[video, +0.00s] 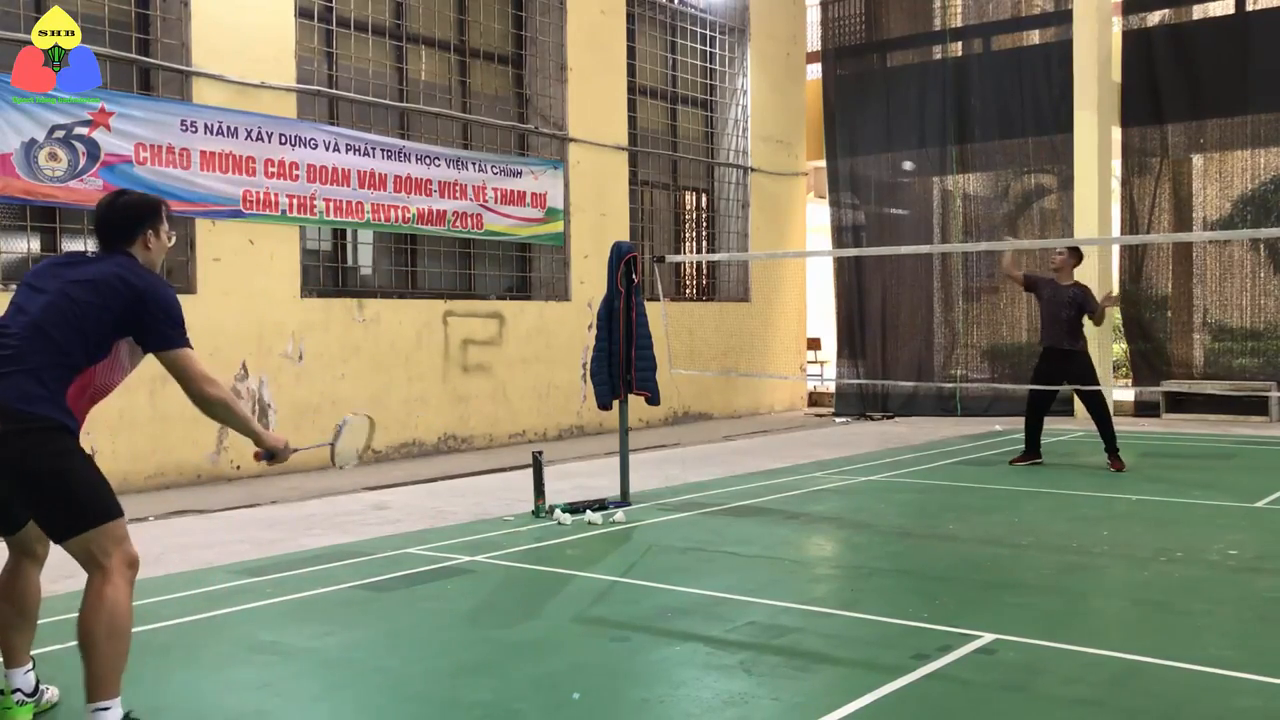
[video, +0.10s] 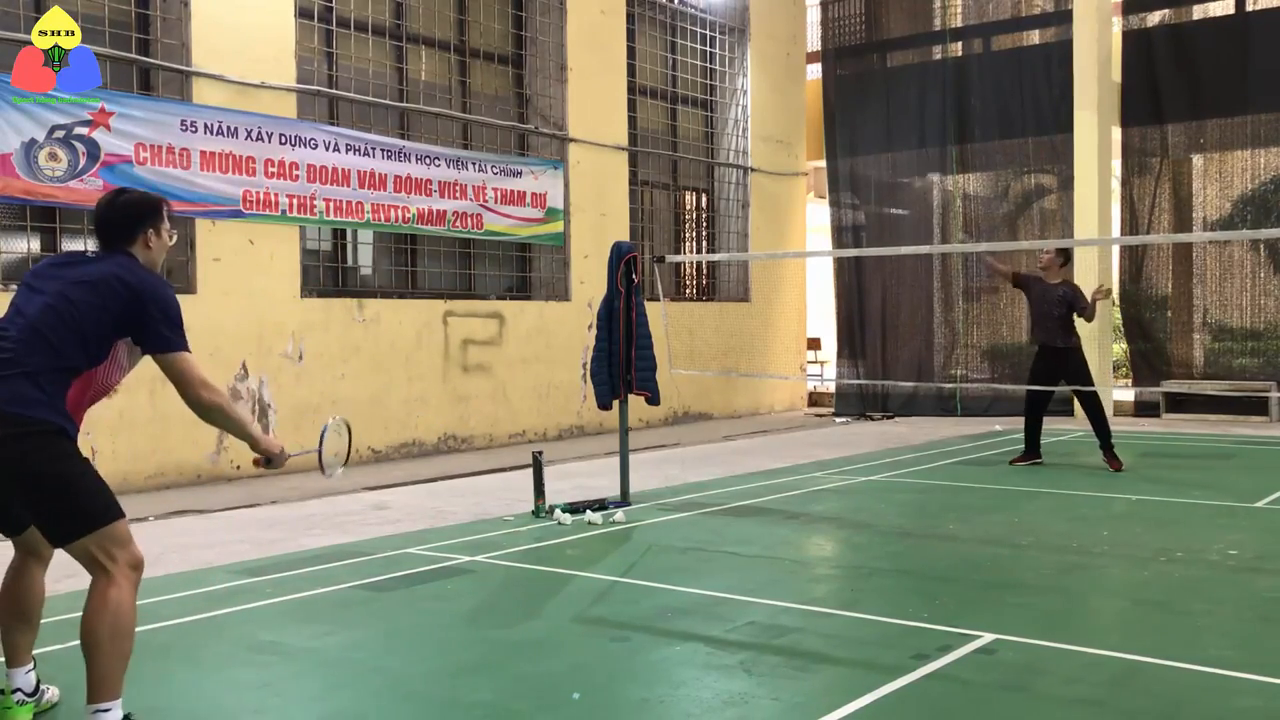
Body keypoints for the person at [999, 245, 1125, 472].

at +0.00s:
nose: (1053, 256)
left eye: (1060, 254)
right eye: (1055, 253)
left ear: (1073, 261)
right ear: (1054, 260)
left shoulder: (1081, 291)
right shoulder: (1043, 284)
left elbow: (1098, 321)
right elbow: (1009, 270)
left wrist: (1102, 306)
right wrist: (1010, 246)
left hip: (1077, 356)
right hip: (1050, 355)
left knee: (1097, 405)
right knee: (1035, 403)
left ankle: (1113, 454)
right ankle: (1032, 451)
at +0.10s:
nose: (1041, 255)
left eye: (1047, 253)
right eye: (1042, 252)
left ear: (1060, 261)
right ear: (1049, 261)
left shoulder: (1070, 288)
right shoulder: (1032, 282)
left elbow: (1088, 316)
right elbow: (1005, 272)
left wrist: (1093, 300)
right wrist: (984, 256)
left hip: (1071, 354)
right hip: (1046, 353)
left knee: (1091, 401)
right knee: (1033, 402)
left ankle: (1108, 450)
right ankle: (1032, 451)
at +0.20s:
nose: (1035, 257)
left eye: (1041, 254)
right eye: (1036, 253)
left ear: (1054, 260)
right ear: (1037, 260)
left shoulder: (1065, 287)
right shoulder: (1025, 284)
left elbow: (1084, 315)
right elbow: (991, 288)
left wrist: (1089, 297)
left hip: (1065, 353)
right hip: (1039, 353)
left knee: (1084, 400)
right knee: (1031, 403)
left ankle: (1102, 449)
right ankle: (1031, 452)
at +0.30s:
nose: (1032, 257)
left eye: (1038, 254)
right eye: (1031, 253)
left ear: (1050, 261)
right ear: (1029, 260)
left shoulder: (1062, 288)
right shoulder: (1021, 288)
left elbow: (1082, 314)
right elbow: (996, 308)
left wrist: (1087, 300)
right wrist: (972, 325)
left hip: (1062, 354)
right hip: (1034, 356)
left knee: (1080, 402)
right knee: (1028, 405)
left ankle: (1093, 451)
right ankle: (1031, 452)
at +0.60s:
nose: (1040, 260)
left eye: (1045, 256)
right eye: (1038, 256)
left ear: (1057, 260)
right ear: (1036, 260)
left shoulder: (1067, 290)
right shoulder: (1026, 288)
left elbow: (1085, 319)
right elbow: (999, 301)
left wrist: (1092, 306)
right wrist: (975, 300)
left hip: (1064, 356)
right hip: (1036, 357)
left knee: (1085, 401)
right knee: (1029, 405)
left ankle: (1101, 451)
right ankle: (1031, 452)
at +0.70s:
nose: (1048, 260)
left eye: (1053, 256)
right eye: (1045, 256)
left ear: (1064, 261)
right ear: (1042, 261)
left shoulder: (1074, 292)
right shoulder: (1033, 288)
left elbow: (1090, 321)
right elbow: (1001, 293)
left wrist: (1096, 307)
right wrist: (988, 272)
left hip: (1069, 357)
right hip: (1041, 357)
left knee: (1089, 404)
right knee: (1030, 405)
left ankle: (1104, 453)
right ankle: (1031, 452)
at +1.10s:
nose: (1045, 260)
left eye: (1050, 256)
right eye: (1044, 256)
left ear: (1065, 261)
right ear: (1044, 263)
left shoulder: (1080, 290)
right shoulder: (1038, 288)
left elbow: (1098, 318)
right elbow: (1009, 292)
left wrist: (1108, 305)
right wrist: (977, 289)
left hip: (1080, 357)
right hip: (1052, 358)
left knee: (1097, 406)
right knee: (1038, 405)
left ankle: (1106, 455)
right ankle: (1032, 452)